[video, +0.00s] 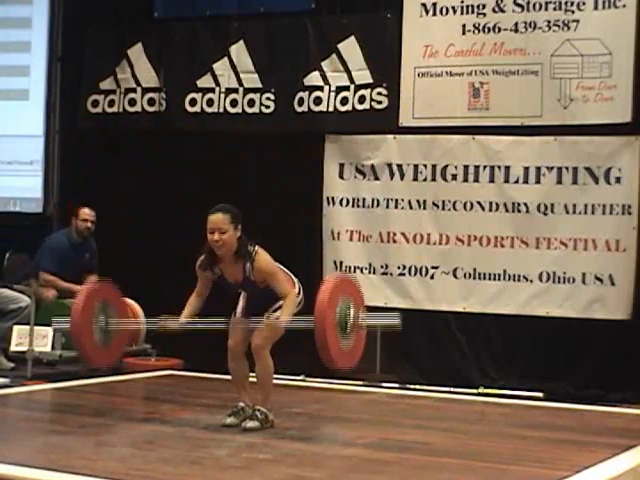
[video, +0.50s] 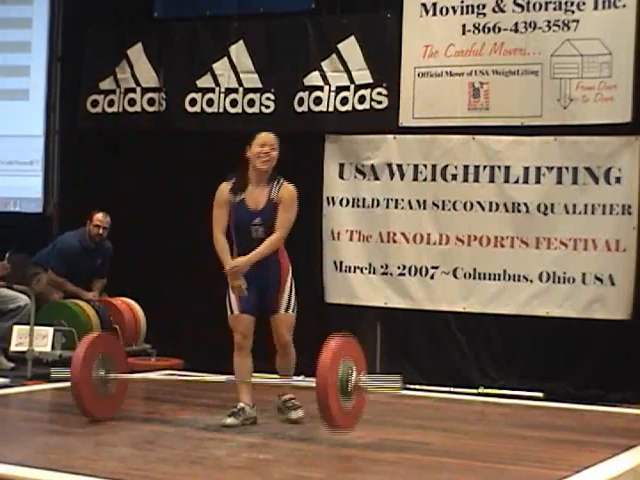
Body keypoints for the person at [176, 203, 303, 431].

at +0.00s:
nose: (216, 238)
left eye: (222, 232)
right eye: (211, 232)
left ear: (237, 232)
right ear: (206, 235)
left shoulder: (258, 260)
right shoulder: (207, 264)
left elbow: (291, 294)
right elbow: (199, 294)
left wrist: (282, 320)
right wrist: (182, 320)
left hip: (281, 298)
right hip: (249, 296)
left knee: (259, 344)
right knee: (234, 345)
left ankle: (264, 410)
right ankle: (244, 404)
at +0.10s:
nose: (221, 229)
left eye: (227, 223)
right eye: (216, 224)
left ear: (242, 224)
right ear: (210, 226)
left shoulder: (260, 255)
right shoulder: (207, 257)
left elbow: (270, 307)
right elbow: (194, 298)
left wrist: (273, 348)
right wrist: (180, 337)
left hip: (286, 294)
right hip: (252, 292)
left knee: (260, 340)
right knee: (234, 342)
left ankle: (263, 409)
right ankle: (244, 405)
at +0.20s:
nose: (228, 210)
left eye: (235, 205)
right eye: (224, 204)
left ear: (248, 209)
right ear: (217, 207)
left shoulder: (262, 241)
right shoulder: (209, 239)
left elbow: (258, 291)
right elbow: (202, 285)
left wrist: (248, 335)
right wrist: (199, 326)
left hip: (282, 286)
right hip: (249, 283)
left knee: (263, 340)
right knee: (237, 343)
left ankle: (264, 410)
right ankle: (243, 406)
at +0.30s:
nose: (238, 186)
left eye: (246, 181)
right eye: (234, 179)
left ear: (257, 187)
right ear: (227, 183)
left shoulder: (267, 224)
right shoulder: (214, 219)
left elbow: (258, 270)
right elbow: (212, 262)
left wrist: (231, 300)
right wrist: (219, 298)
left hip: (280, 280)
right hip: (246, 276)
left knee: (268, 336)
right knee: (237, 340)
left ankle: (267, 407)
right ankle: (244, 405)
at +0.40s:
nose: (251, 164)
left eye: (259, 161)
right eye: (247, 159)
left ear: (267, 169)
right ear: (238, 164)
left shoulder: (276, 205)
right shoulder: (220, 202)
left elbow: (266, 249)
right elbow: (217, 244)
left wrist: (231, 273)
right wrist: (228, 280)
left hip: (277, 276)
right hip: (241, 276)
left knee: (274, 337)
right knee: (239, 338)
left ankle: (278, 403)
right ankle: (244, 405)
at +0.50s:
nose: (266, 152)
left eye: (271, 148)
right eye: (260, 147)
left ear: (277, 156)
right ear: (248, 153)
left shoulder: (286, 192)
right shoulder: (227, 190)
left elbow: (279, 236)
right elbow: (219, 234)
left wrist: (247, 260)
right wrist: (232, 271)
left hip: (275, 270)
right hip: (241, 272)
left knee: (284, 339)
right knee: (241, 340)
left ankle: (287, 396)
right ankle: (245, 405)